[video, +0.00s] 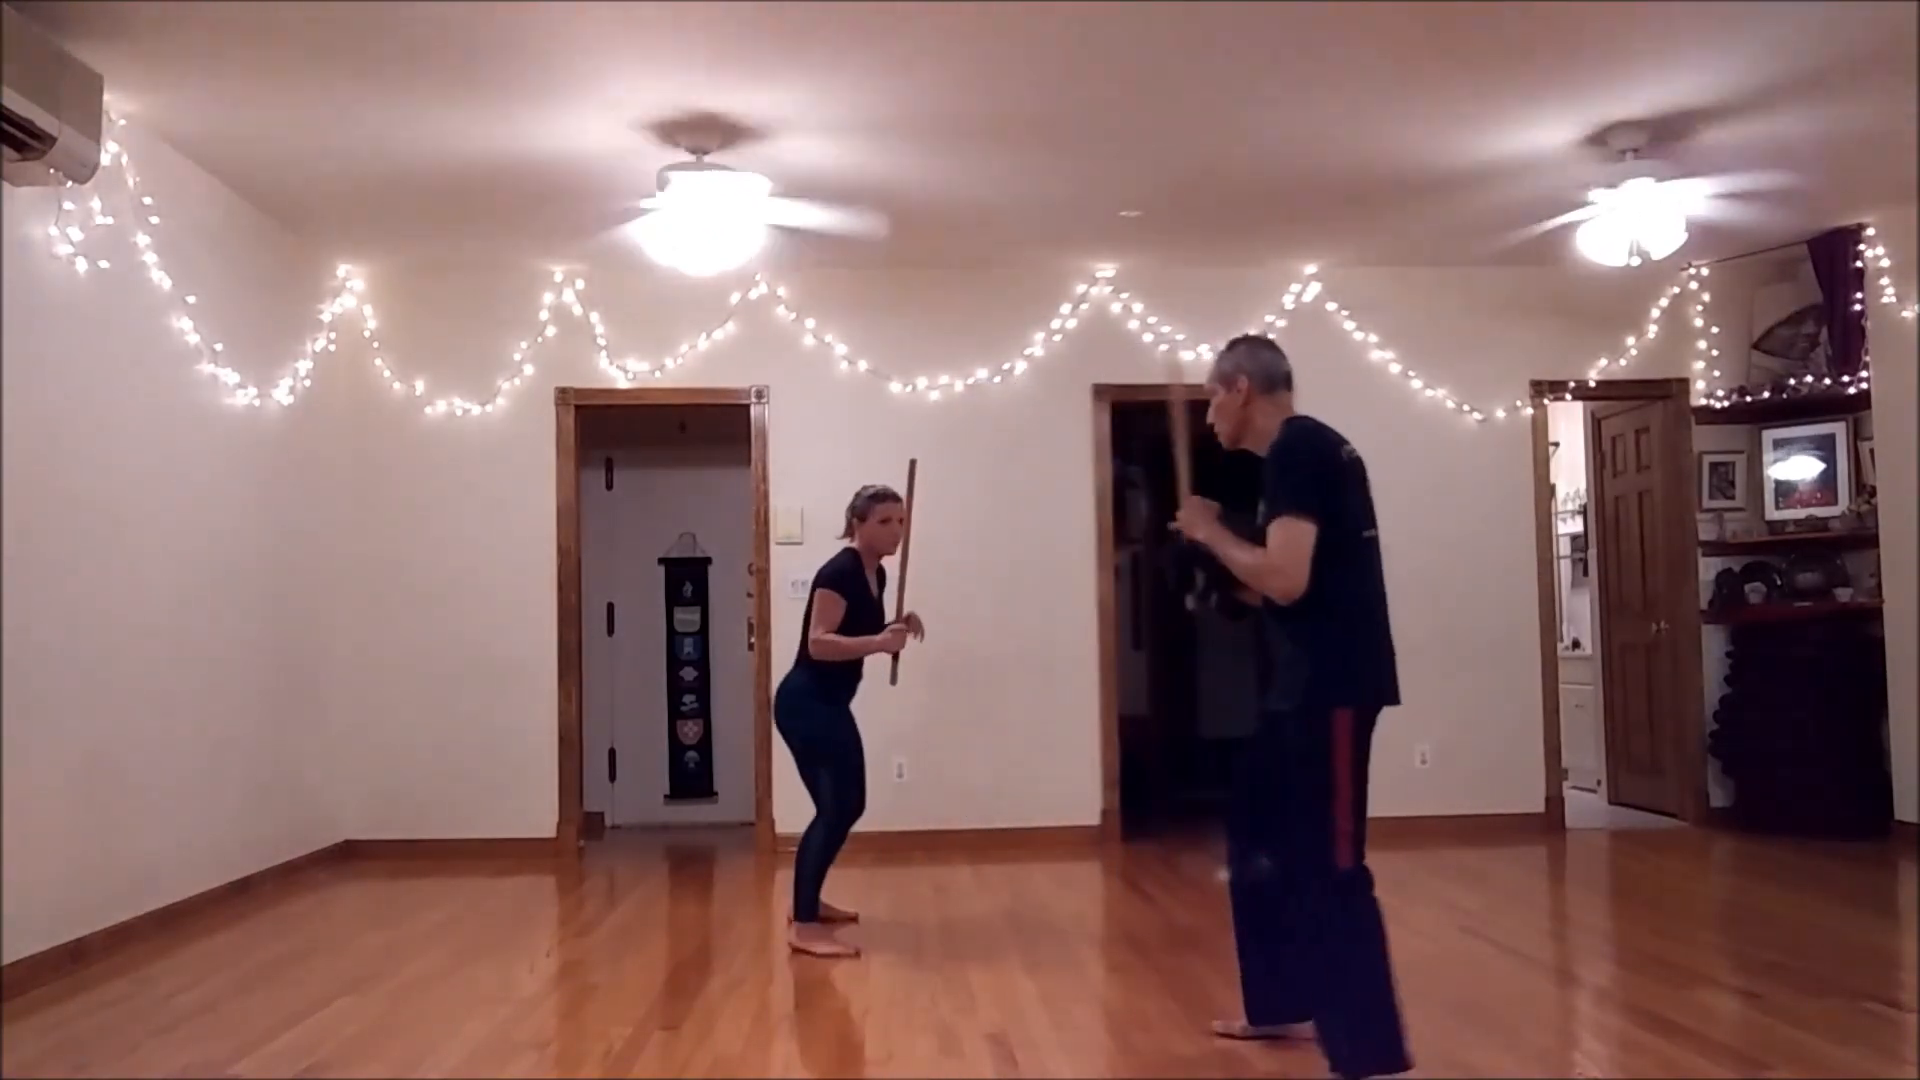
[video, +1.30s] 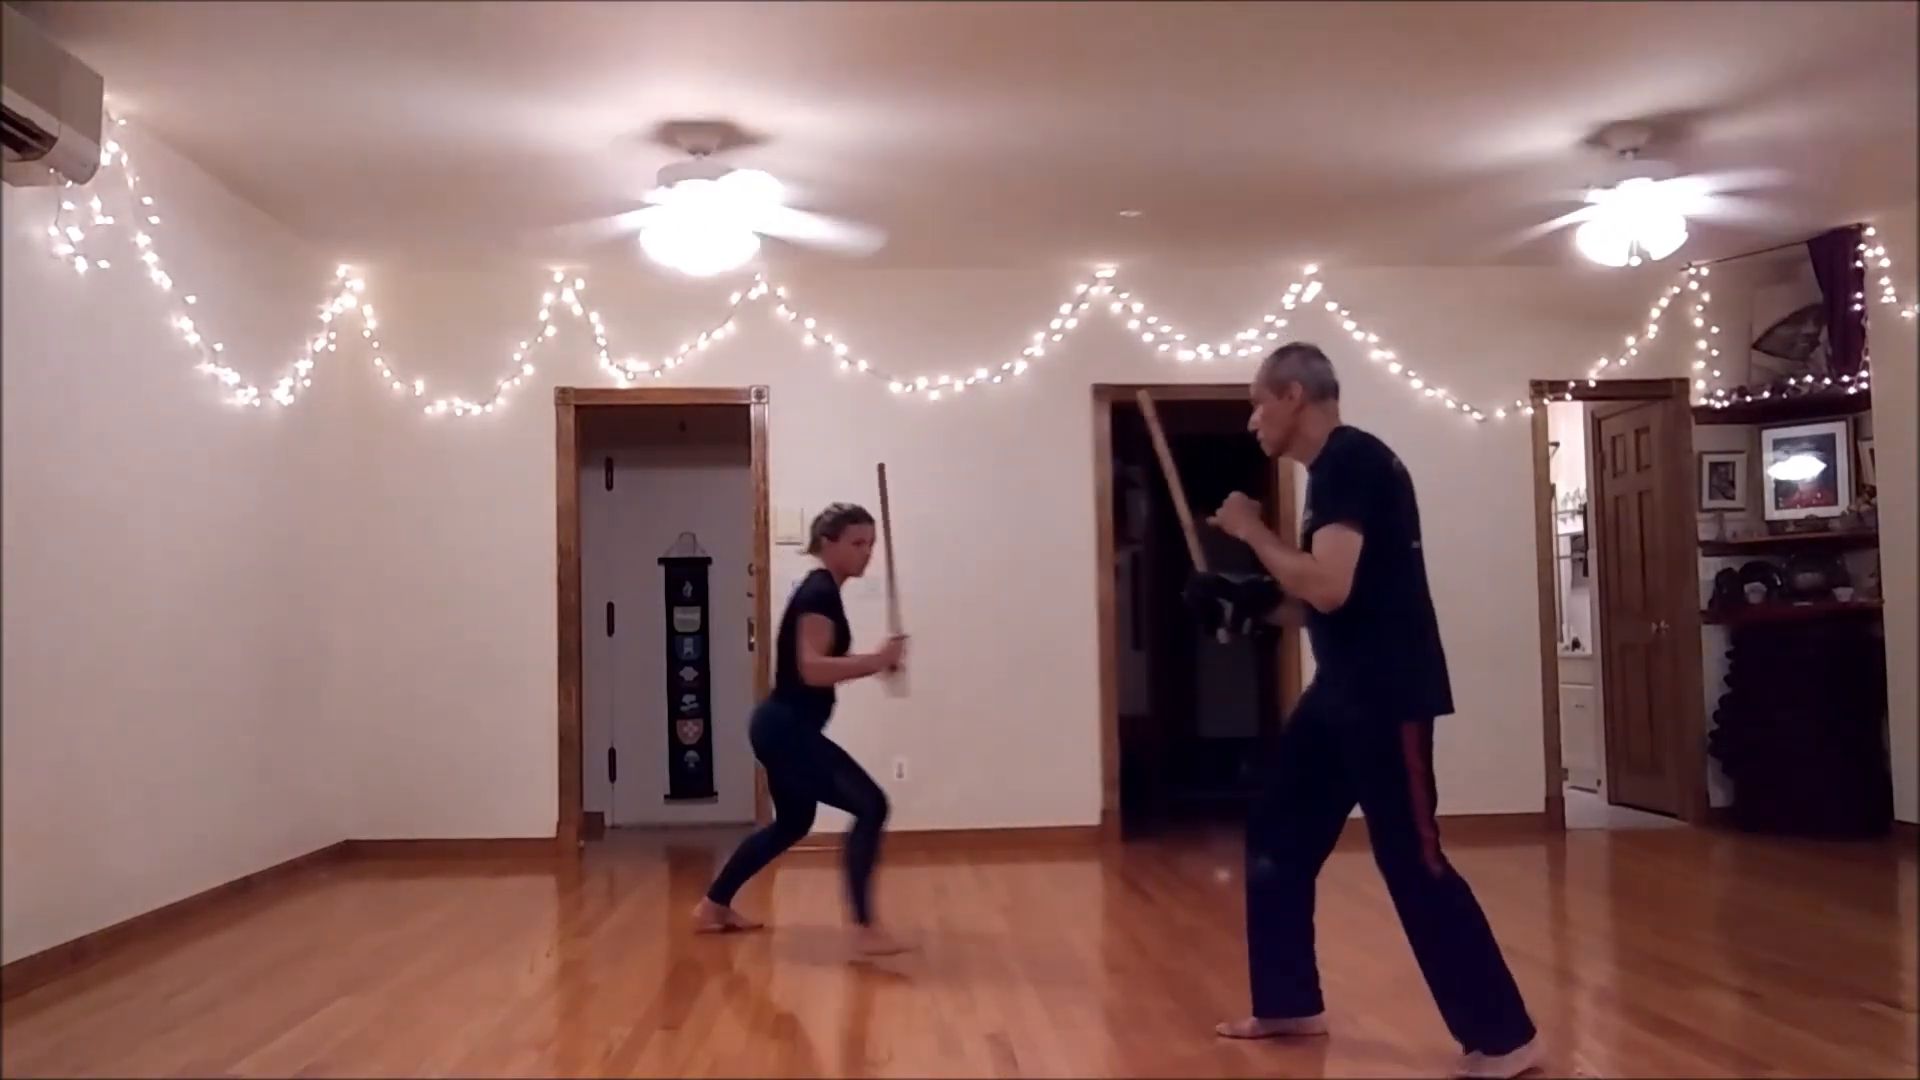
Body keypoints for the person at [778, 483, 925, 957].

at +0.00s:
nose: (897, 530)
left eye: (901, 522)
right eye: (887, 522)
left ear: (902, 528)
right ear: (858, 526)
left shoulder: (874, 573)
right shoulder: (838, 573)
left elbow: (856, 634)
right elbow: (817, 643)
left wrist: (893, 628)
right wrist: (879, 643)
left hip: (832, 704)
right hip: (806, 705)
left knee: (851, 805)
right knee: (835, 807)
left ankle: (807, 903)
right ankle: (803, 925)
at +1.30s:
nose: (868, 554)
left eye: (870, 545)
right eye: (861, 544)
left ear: (837, 547)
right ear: (831, 544)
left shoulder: (824, 591)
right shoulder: (818, 593)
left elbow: (821, 665)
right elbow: (811, 669)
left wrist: (875, 664)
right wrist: (875, 660)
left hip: (782, 728)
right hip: (788, 731)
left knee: (794, 821)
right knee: (872, 805)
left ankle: (715, 904)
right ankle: (864, 928)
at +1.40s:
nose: (898, 553)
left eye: (899, 543)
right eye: (889, 544)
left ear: (866, 549)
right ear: (858, 547)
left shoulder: (858, 593)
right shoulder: (852, 596)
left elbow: (895, 652)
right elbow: (874, 676)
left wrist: (929, 622)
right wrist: (942, 659)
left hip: (810, 731)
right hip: (817, 737)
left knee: (785, 824)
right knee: (904, 812)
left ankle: (714, 904)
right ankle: (952, 929)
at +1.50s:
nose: (949, 546)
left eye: (950, 537)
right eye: (941, 537)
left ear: (910, 543)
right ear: (910, 542)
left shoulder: (892, 586)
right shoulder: (908, 598)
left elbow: (929, 637)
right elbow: (981, 664)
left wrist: (958, 637)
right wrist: (1054, 670)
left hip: (843, 729)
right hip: (856, 739)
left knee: (836, 820)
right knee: (943, 817)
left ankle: (755, 883)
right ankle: (968, 945)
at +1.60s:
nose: (997, 539)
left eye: (997, 530)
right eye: (987, 531)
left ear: (953, 537)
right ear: (955, 535)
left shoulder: (926, 575)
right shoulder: (957, 590)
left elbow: (913, 642)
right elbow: (1007, 668)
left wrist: (957, 678)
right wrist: (1085, 674)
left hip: (860, 720)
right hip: (880, 730)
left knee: (926, 803)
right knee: (972, 819)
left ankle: (862, 898)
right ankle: (971, 946)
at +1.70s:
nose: (1020, 536)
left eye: (1021, 526)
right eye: (1010, 526)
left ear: (979, 530)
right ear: (975, 529)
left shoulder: (958, 573)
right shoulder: (967, 585)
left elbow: (965, 653)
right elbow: (975, 678)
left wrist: (993, 685)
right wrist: (1049, 666)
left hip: (903, 720)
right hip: (901, 727)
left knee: (997, 805)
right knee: (1002, 808)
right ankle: (973, 930)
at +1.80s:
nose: (1021, 531)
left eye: (1022, 521)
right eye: (1012, 521)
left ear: (976, 524)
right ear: (979, 521)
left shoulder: (966, 574)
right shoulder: (966, 580)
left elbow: (982, 656)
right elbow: (1005, 669)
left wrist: (996, 676)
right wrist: (1062, 613)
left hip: (948, 732)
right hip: (940, 736)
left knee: (1034, 821)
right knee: (1028, 823)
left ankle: (1002, 941)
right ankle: (991, 958)